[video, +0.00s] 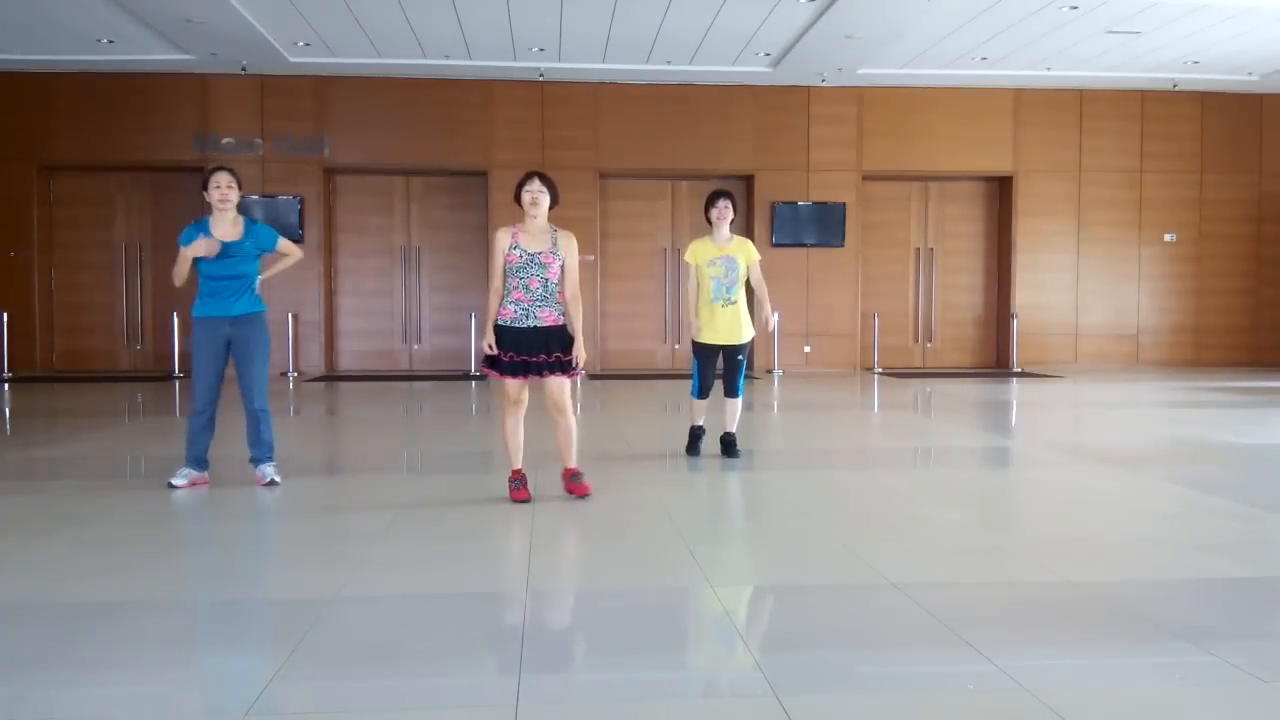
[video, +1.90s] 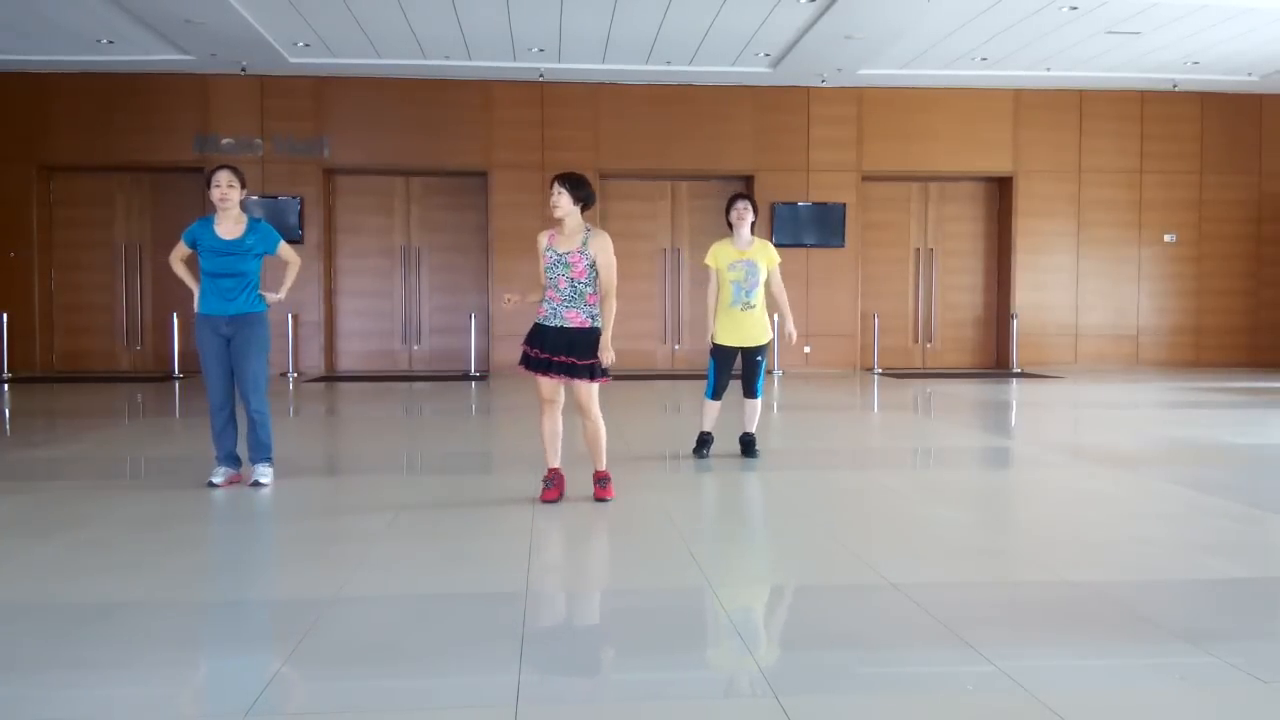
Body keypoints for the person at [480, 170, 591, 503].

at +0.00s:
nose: (534, 196)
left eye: (541, 192)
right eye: (528, 192)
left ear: (551, 199)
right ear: (519, 199)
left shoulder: (565, 240)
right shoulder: (505, 237)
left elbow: (572, 294)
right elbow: (496, 287)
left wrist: (579, 338)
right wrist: (489, 327)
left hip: (553, 332)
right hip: (511, 332)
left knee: (561, 404)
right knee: (515, 403)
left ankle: (571, 471)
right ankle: (517, 474)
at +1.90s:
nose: (553, 200)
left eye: (559, 194)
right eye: (552, 195)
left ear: (578, 200)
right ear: (552, 201)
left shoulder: (599, 240)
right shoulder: (545, 240)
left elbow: (608, 293)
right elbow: (547, 291)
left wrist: (606, 339)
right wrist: (522, 297)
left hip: (585, 334)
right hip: (548, 332)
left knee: (589, 409)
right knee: (550, 404)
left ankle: (601, 474)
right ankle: (553, 474)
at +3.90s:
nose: (569, 196)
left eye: (575, 191)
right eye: (563, 191)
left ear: (586, 198)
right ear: (554, 198)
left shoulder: (603, 235)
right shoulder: (543, 239)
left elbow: (614, 287)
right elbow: (546, 288)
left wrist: (618, 332)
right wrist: (523, 290)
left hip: (594, 331)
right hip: (554, 331)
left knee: (594, 405)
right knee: (552, 401)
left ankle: (601, 476)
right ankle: (553, 475)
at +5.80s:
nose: (582, 199)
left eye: (588, 194)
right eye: (575, 194)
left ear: (599, 200)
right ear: (567, 201)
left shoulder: (616, 237)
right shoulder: (556, 240)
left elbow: (628, 290)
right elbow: (553, 293)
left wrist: (631, 335)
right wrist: (539, 337)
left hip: (606, 334)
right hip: (564, 333)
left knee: (603, 405)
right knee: (559, 403)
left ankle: (604, 476)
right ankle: (557, 476)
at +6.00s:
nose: (584, 201)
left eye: (591, 196)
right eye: (578, 196)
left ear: (601, 201)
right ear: (569, 202)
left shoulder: (618, 240)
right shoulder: (557, 242)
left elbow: (629, 293)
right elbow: (553, 295)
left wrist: (636, 339)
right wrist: (548, 341)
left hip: (611, 335)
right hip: (569, 335)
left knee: (607, 406)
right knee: (569, 409)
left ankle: (605, 476)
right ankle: (557, 474)